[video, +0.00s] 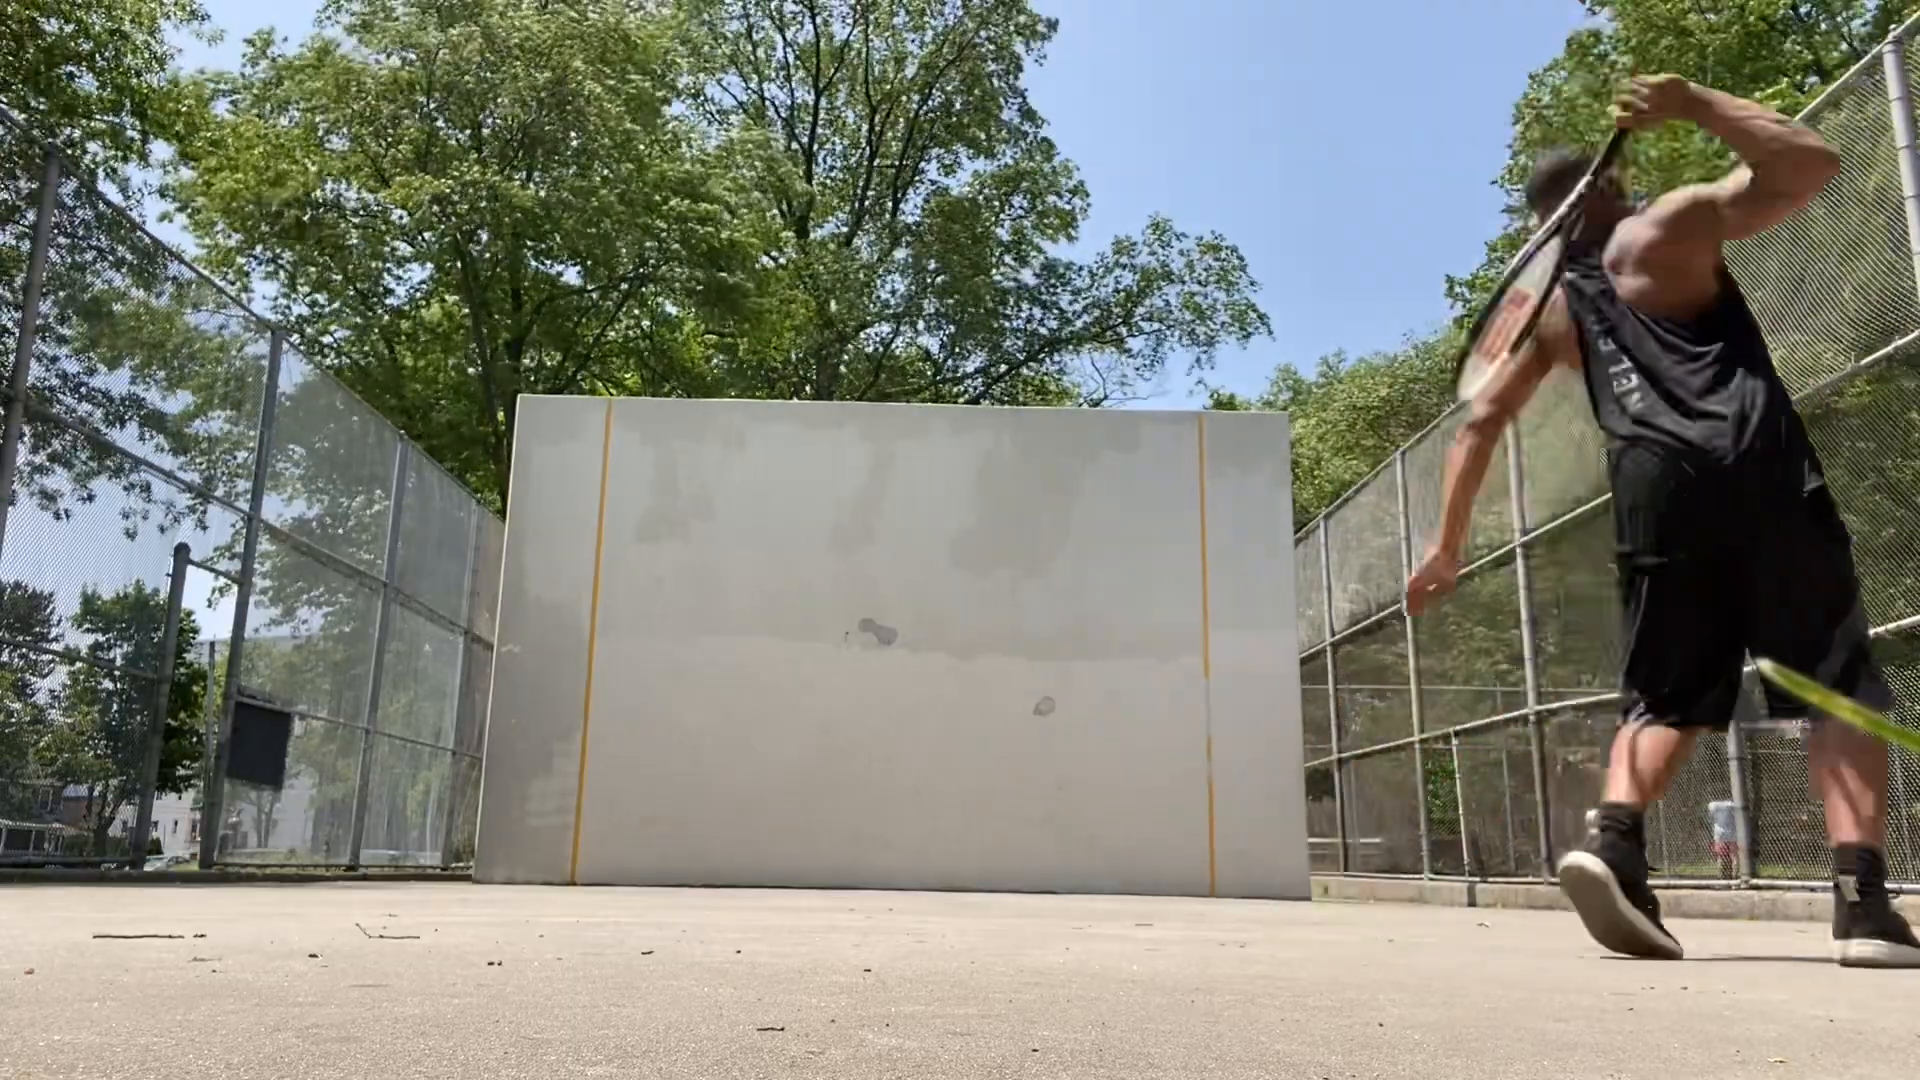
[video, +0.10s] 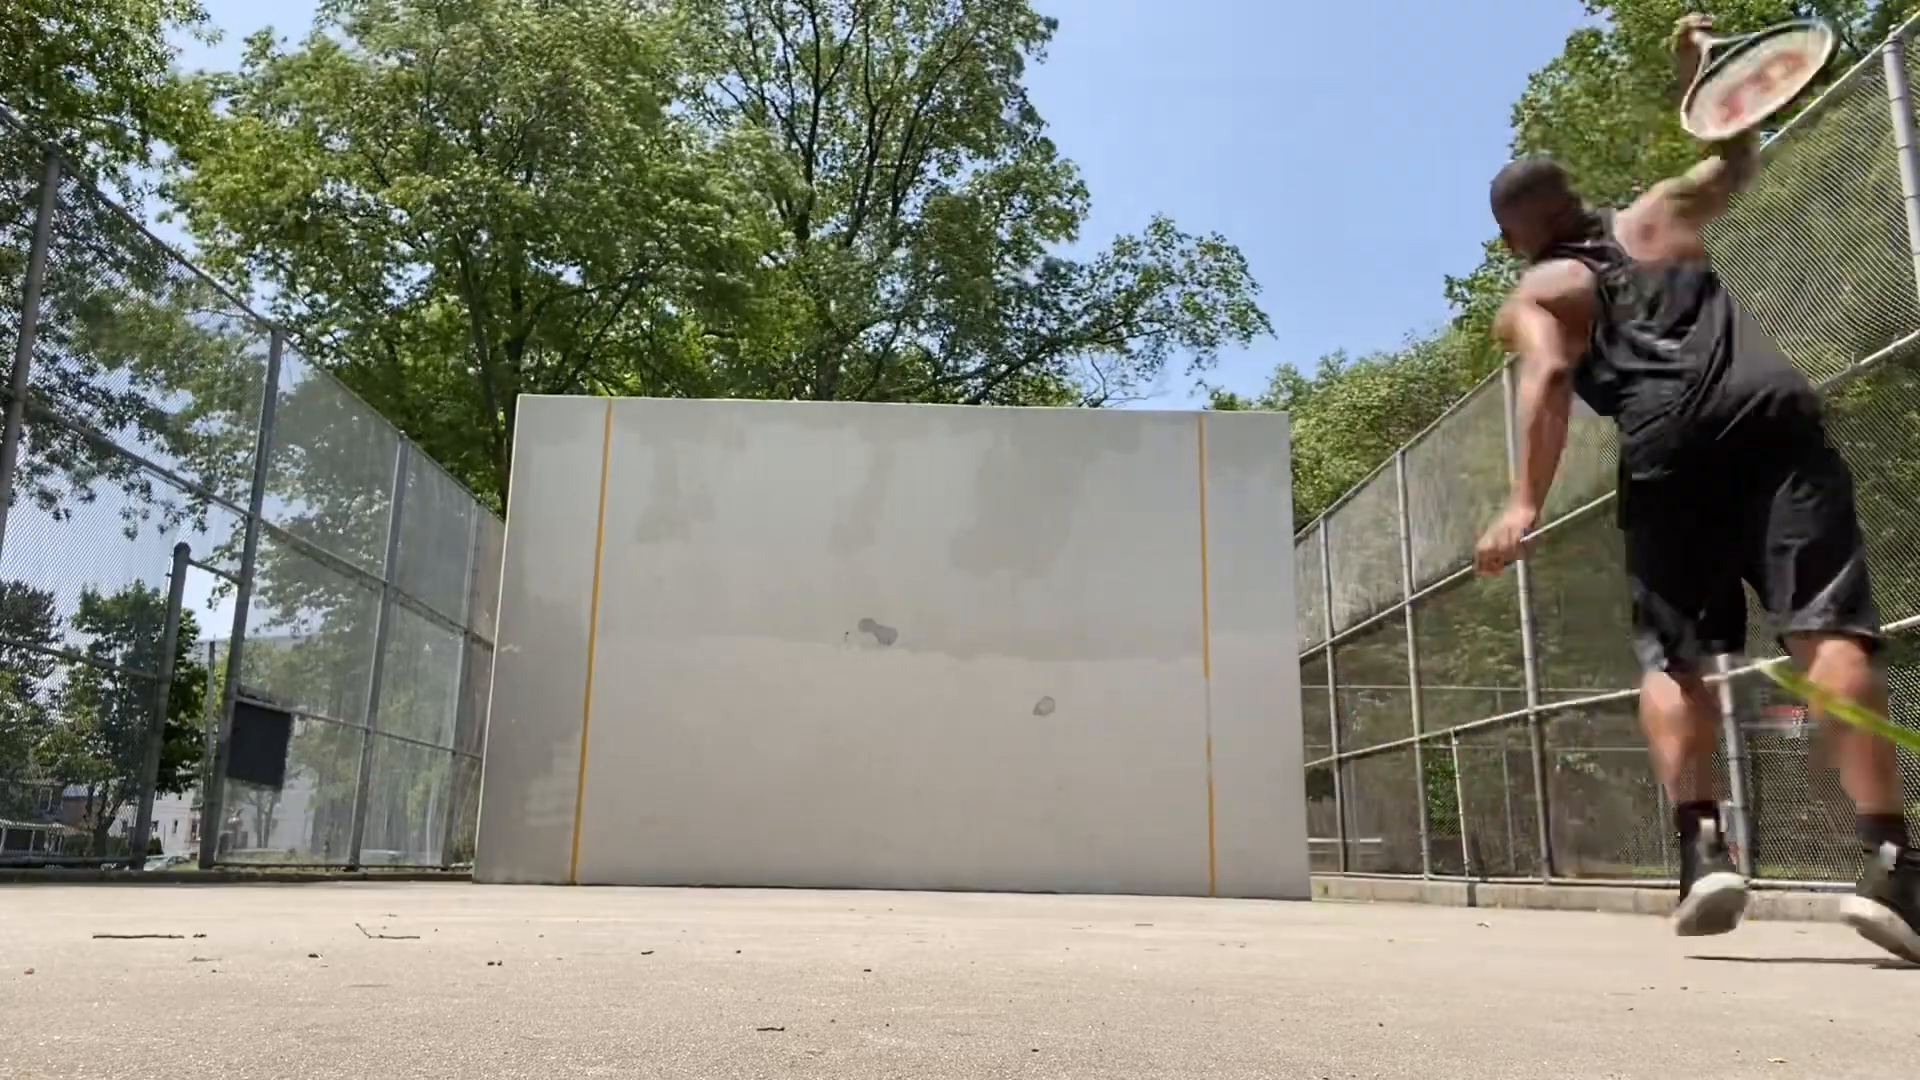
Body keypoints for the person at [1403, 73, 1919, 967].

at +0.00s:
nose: (1619, 182)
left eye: (1608, 176)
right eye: (1609, 177)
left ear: (1550, 220)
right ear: (1601, 189)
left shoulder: (1547, 307)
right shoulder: (1667, 224)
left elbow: (1481, 418)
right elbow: (1810, 163)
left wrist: (1446, 545)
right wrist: (1695, 102)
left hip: (1654, 504)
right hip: (1764, 477)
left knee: (1671, 686)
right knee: (1839, 678)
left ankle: (1613, 846)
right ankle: (1863, 903)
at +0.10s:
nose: (1507, 246)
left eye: (1505, 235)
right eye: (1510, 231)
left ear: (1515, 233)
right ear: (1579, 201)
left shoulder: (1532, 299)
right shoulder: (1657, 215)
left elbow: (1550, 380)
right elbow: (1736, 158)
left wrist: (1523, 504)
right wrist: (1700, 70)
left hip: (1667, 454)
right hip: (1771, 408)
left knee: (1674, 655)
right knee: (1832, 629)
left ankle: (1703, 849)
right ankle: (1890, 861)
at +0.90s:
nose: (1501, 303)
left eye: (1501, 293)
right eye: (1503, 293)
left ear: (1512, 288)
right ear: (1579, 282)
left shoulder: (1510, 338)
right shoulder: (1646, 328)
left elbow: (1525, 459)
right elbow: (1709, 426)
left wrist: (1549, 531)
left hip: (1614, 511)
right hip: (1715, 510)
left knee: (1534, 692)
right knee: (1738, 710)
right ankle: (1854, 897)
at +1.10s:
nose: (1482, 288)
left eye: (1482, 277)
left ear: (1482, 283)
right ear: (1554, 275)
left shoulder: (1449, 344)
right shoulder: (1610, 313)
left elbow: (1450, 469)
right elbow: (1678, 423)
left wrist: (1529, 466)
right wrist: (1612, 464)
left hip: (1515, 548)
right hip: (1626, 539)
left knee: (1480, 712)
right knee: (1692, 706)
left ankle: (1470, 893)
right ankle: (1786, 894)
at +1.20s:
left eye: (1483, 266)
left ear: (1481, 278)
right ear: (1554, 269)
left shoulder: (1443, 334)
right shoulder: (1600, 298)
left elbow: (1450, 460)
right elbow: (1683, 392)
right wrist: (1649, 409)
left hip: (1497, 521)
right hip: (1606, 514)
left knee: (1475, 704)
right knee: (1666, 696)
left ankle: (1467, 894)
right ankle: (1727, 885)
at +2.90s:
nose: (1230, 124)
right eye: (1231, 111)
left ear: (1149, 98)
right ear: (1226, 110)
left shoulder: (1071, 161)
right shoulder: (1239, 154)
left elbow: (1082, 278)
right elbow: (1266, 307)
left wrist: (1225, 327)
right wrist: (1251, 343)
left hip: (1032, 417)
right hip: (1160, 432)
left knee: (966, 646)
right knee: (1269, 663)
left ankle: (878, 860)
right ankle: (1390, 879)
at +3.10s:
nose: (1201, 93)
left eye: (1195, 80)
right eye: (1203, 80)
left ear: (1124, 51)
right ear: (1190, 66)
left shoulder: (1037, 131)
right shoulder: (1166, 91)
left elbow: (993, 249)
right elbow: (1200, 172)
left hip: (973, 377)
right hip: (1090, 392)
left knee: (933, 625)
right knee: (1162, 638)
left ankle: (874, 870)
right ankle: (1179, 879)